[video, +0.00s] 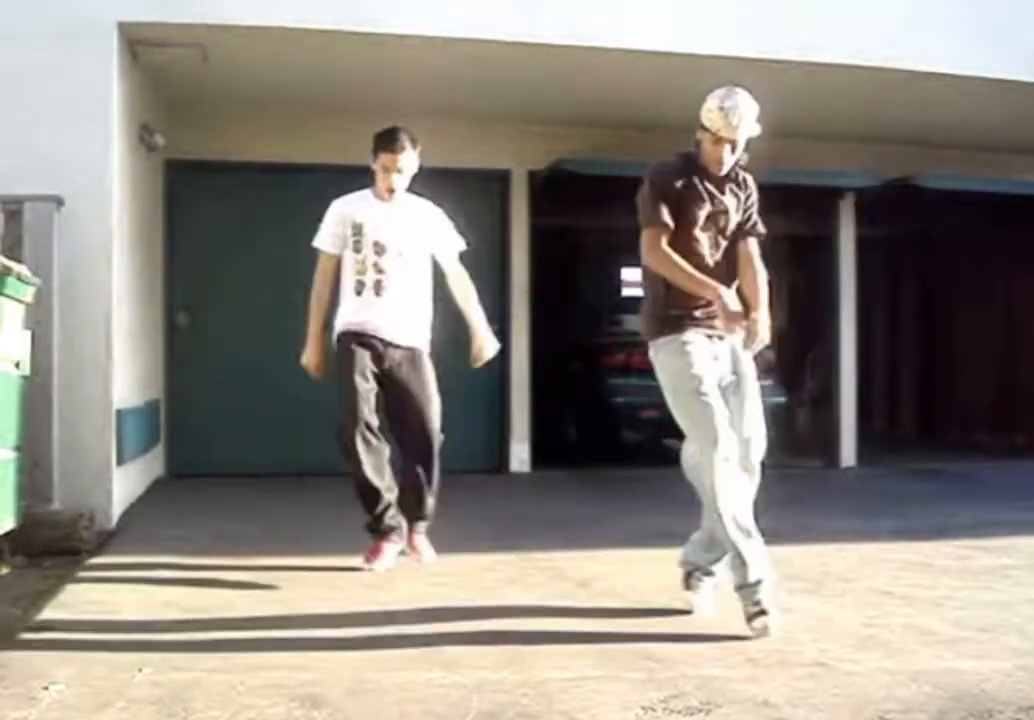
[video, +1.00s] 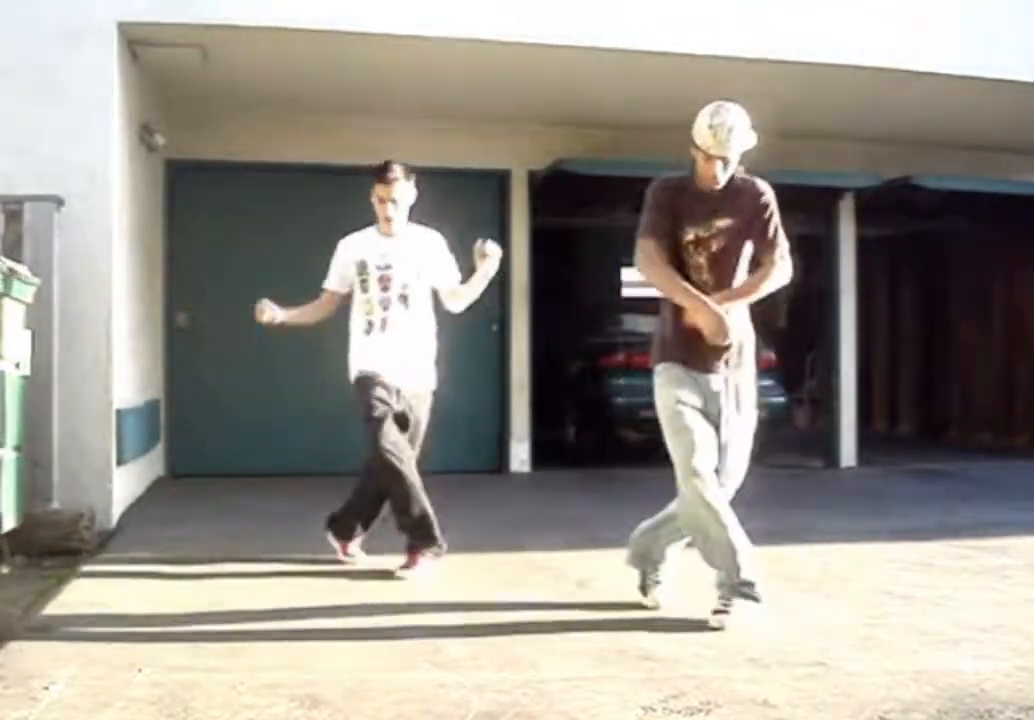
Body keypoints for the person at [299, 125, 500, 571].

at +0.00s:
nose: (395, 178)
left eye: (403, 170)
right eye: (388, 169)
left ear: (415, 168)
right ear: (374, 164)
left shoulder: (428, 216)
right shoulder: (345, 210)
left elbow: (456, 275)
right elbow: (324, 276)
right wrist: (314, 339)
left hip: (410, 339)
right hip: (358, 333)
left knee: (426, 430)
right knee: (359, 427)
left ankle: (418, 525)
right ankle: (386, 529)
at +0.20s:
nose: (364, 200)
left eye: (370, 191)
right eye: (356, 191)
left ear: (379, 190)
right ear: (339, 188)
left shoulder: (393, 241)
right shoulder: (313, 237)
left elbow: (385, 297)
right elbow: (309, 298)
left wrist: (360, 330)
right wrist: (320, 340)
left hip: (377, 354)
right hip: (330, 353)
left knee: (373, 454)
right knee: (346, 443)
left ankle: (317, 533)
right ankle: (403, 541)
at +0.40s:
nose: (333, 191)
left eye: (338, 183)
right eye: (326, 183)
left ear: (341, 180)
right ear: (304, 177)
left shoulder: (346, 221)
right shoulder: (270, 220)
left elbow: (348, 280)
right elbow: (242, 273)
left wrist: (372, 322)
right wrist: (228, 326)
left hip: (339, 356)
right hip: (285, 353)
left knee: (380, 439)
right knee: (252, 435)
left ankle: (371, 530)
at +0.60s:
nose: (308, 221)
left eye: (315, 213)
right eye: (300, 213)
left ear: (323, 213)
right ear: (283, 212)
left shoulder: (333, 258)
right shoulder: (258, 257)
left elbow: (373, 291)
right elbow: (202, 294)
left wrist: (385, 245)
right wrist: (175, 249)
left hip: (313, 388)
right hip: (258, 386)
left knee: (365, 460)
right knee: (220, 471)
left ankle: (413, 546)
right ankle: (169, 534)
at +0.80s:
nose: (327, 195)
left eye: (335, 185)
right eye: (319, 185)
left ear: (350, 181)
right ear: (308, 182)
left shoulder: (368, 224)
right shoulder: (288, 225)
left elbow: (394, 270)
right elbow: (253, 280)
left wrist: (440, 271)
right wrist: (237, 273)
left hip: (363, 352)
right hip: (308, 352)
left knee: (393, 429)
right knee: (275, 430)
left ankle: (376, 523)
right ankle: (257, 523)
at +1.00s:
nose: (388, 208)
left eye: (396, 200)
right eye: (382, 199)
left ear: (412, 197)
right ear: (372, 198)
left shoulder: (430, 244)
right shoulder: (352, 247)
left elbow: (455, 301)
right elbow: (326, 306)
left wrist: (486, 270)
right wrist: (282, 315)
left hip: (418, 367)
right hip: (371, 362)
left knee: (399, 457)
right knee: (387, 446)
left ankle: (346, 528)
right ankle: (425, 542)